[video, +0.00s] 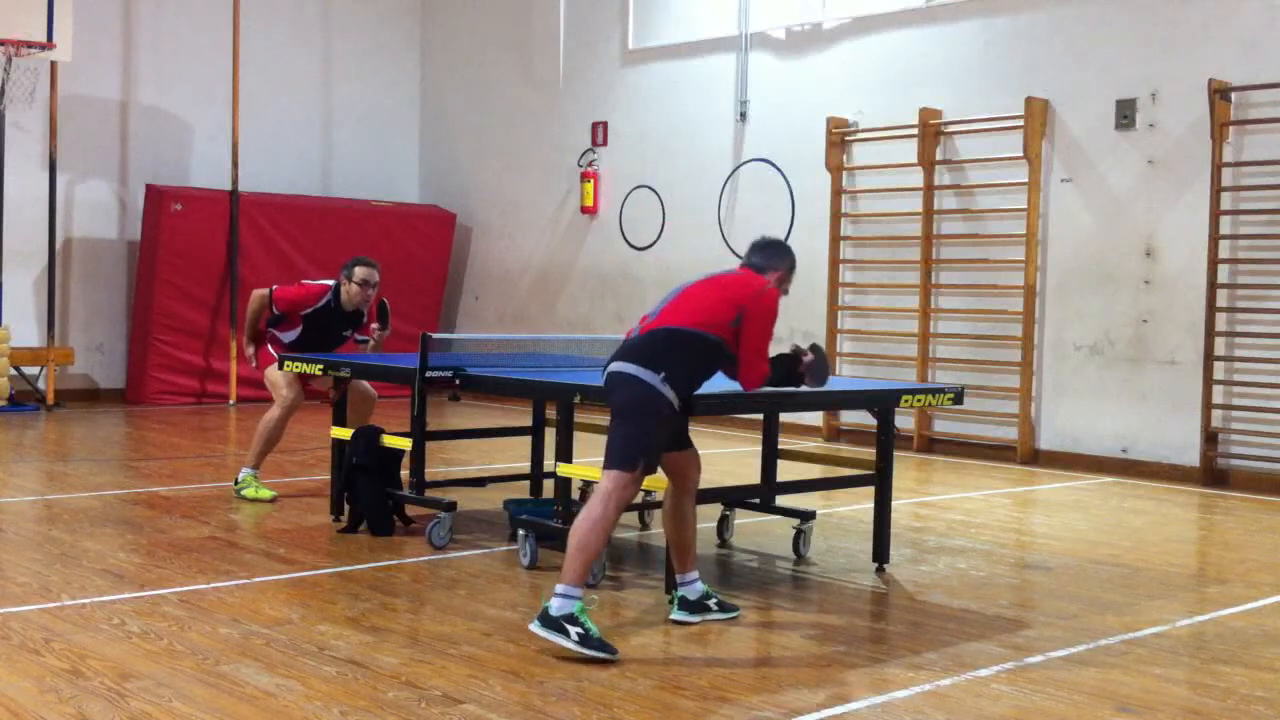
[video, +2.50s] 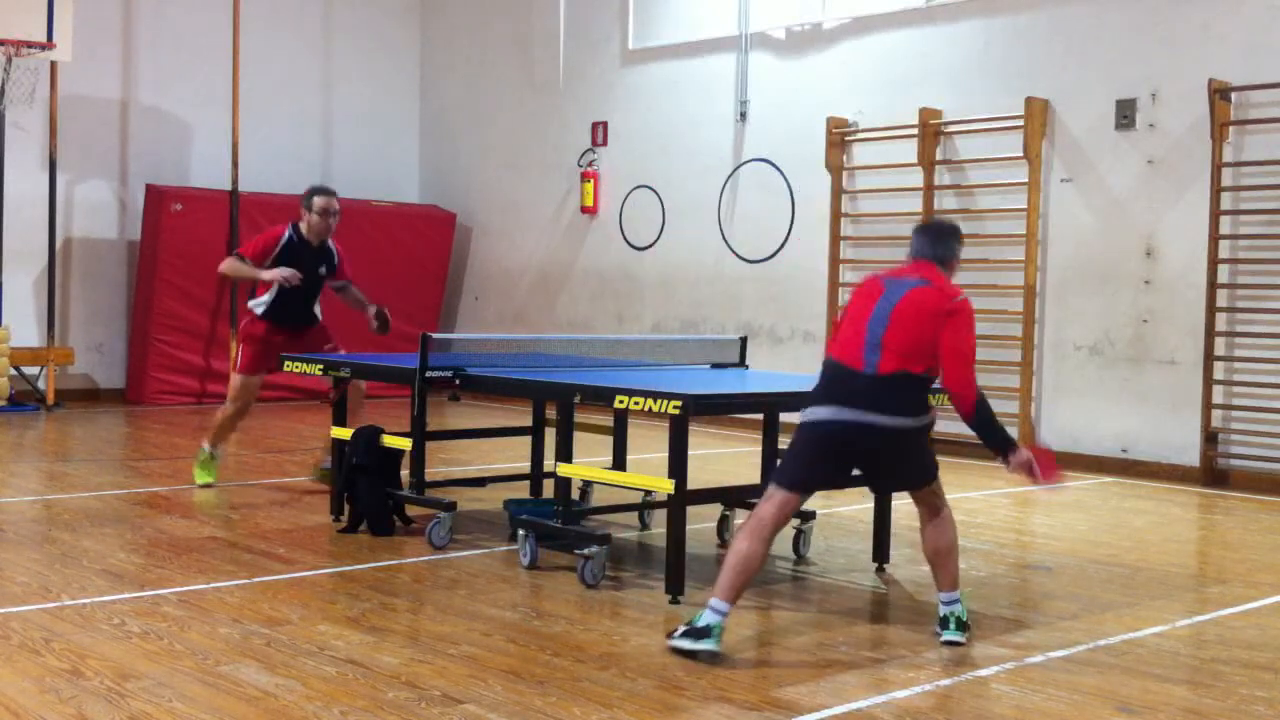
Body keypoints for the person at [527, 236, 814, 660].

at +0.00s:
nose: (783, 293)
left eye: (785, 286)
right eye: (785, 284)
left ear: (750, 264)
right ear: (777, 274)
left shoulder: (720, 284)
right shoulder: (761, 291)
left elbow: (737, 369)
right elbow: (753, 378)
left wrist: (789, 364)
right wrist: (796, 367)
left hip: (634, 372)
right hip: (650, 377)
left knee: (685, 471)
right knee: (618, 487)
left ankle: (689, 592)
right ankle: (561, 607)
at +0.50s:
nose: (715, 209)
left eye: (717, 199)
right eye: (716, 198)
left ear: (675, 190)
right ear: (702, 195)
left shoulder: (663, 232)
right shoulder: (660, 230)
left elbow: (656, 325)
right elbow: (617, 296)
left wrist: (736, 318)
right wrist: (659, 364)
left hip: (622, 387)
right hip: (605, 386)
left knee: (655, 479)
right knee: (592, 504)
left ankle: (673, 592)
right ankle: (547, 625)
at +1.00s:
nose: (735, 230)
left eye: (737, 221)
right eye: (737, 219)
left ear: (696, 202)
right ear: (724, 208)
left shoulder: (648, 235)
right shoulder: (696, 237)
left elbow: (590, 305)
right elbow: (716, 306)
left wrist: (654, 323)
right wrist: (784, 292)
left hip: (611, 387)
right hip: (620, 391)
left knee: (655, 480)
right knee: (612, 502)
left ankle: (663, 605)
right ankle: (549, 623)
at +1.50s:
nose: (741, 212)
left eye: (743, 205)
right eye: (748, 205)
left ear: (746, 211)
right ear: (788, 217)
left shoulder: (713, 257)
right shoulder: (806, 268)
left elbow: (676, 321)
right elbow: (848, 336)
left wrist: (640, 371)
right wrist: (882, 388)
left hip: (725, 404)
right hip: (788, 400)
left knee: (692, 494)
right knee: (843, 492)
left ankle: (664, 603)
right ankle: (906, 601)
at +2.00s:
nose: (817, 207)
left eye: (820, 200)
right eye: (820, 200)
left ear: (830, 203)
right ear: (870, 207)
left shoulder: (810, 250)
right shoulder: (902, 262)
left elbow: (783, 316)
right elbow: (940, 343)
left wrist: (759, 374)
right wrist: (915, 352)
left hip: (820, 412)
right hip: (885, 414)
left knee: (760, 500)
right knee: (913, 501)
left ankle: (731, 623)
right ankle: (949, 615)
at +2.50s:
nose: (956, 269)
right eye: (957, 261)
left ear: (912, 252)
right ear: (953, 261)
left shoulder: (872, 284)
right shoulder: (951, 301)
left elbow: (845, 352)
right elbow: (961, 390)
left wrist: (911, 389)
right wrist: (1007, 449)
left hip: (829, 418)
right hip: (897, 427)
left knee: (766, 517)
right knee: (932, 508)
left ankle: (709, 622)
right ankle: (951, 612)